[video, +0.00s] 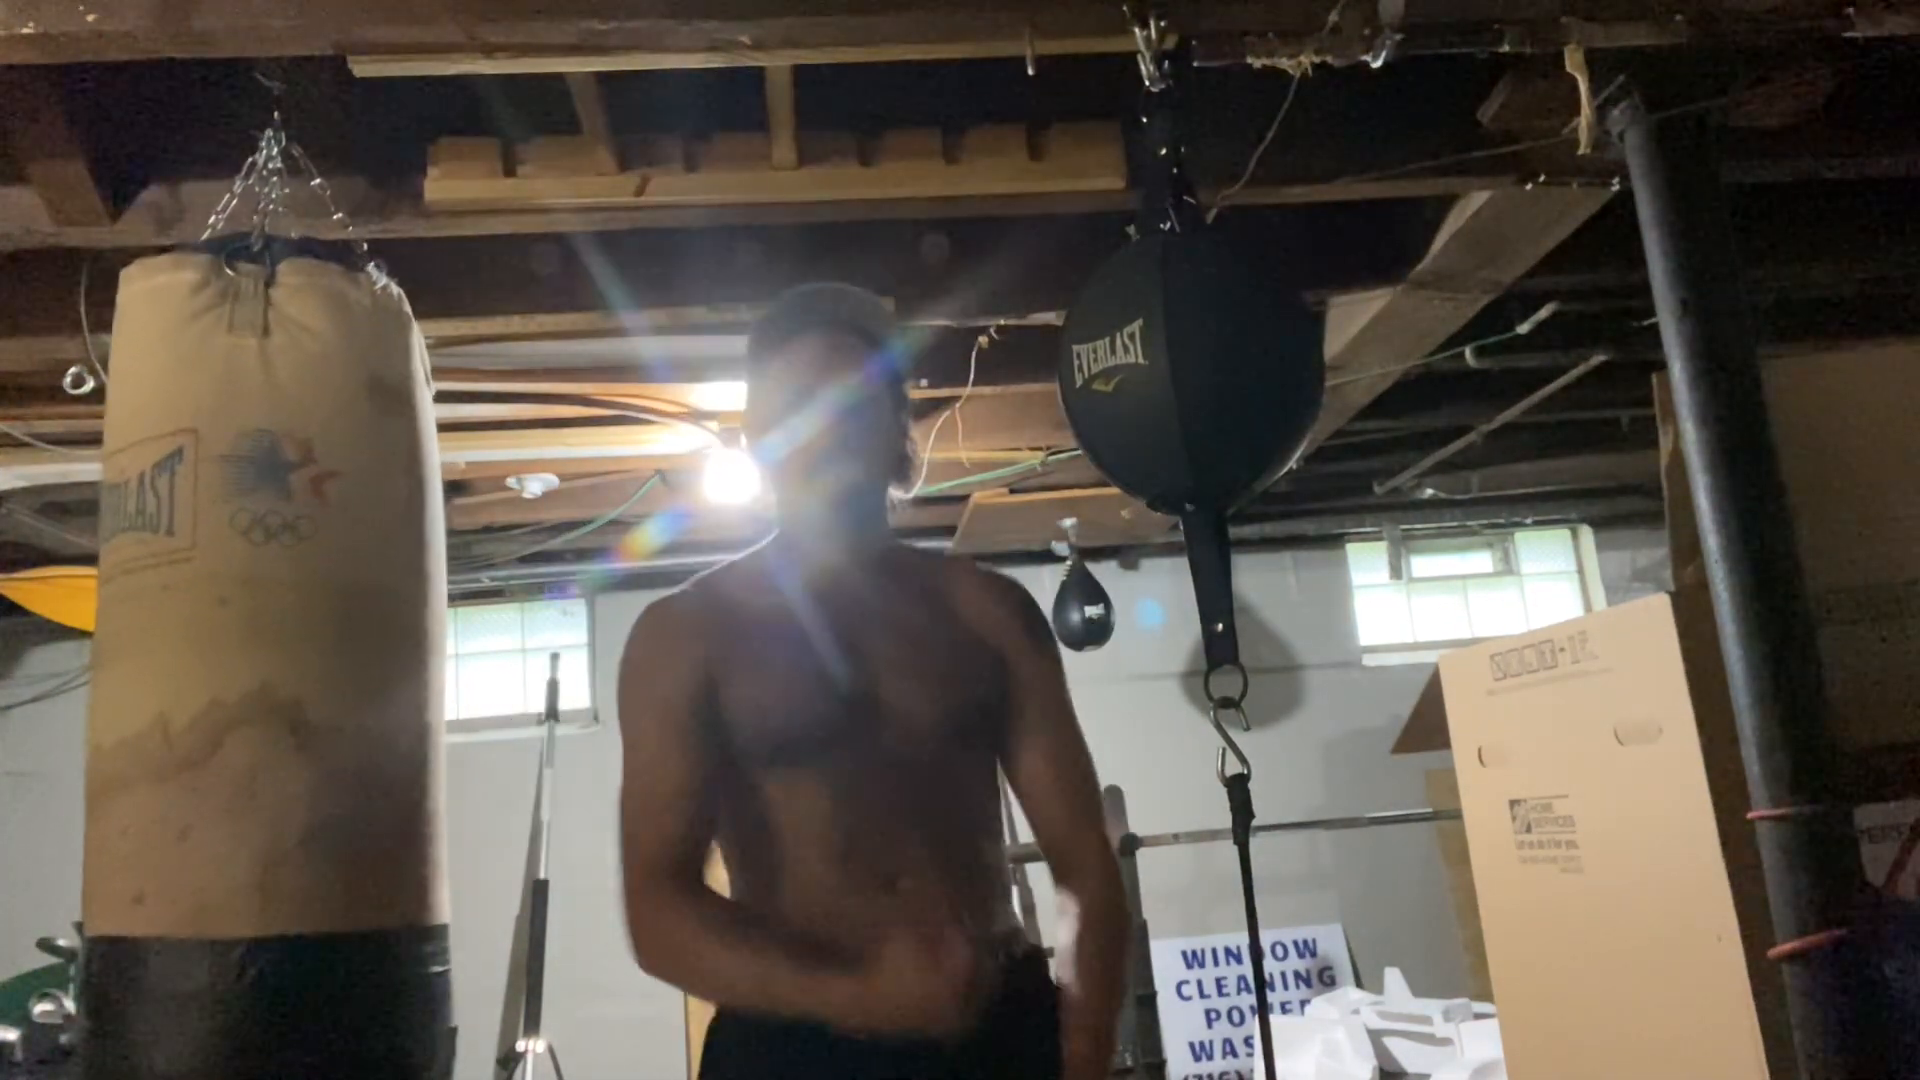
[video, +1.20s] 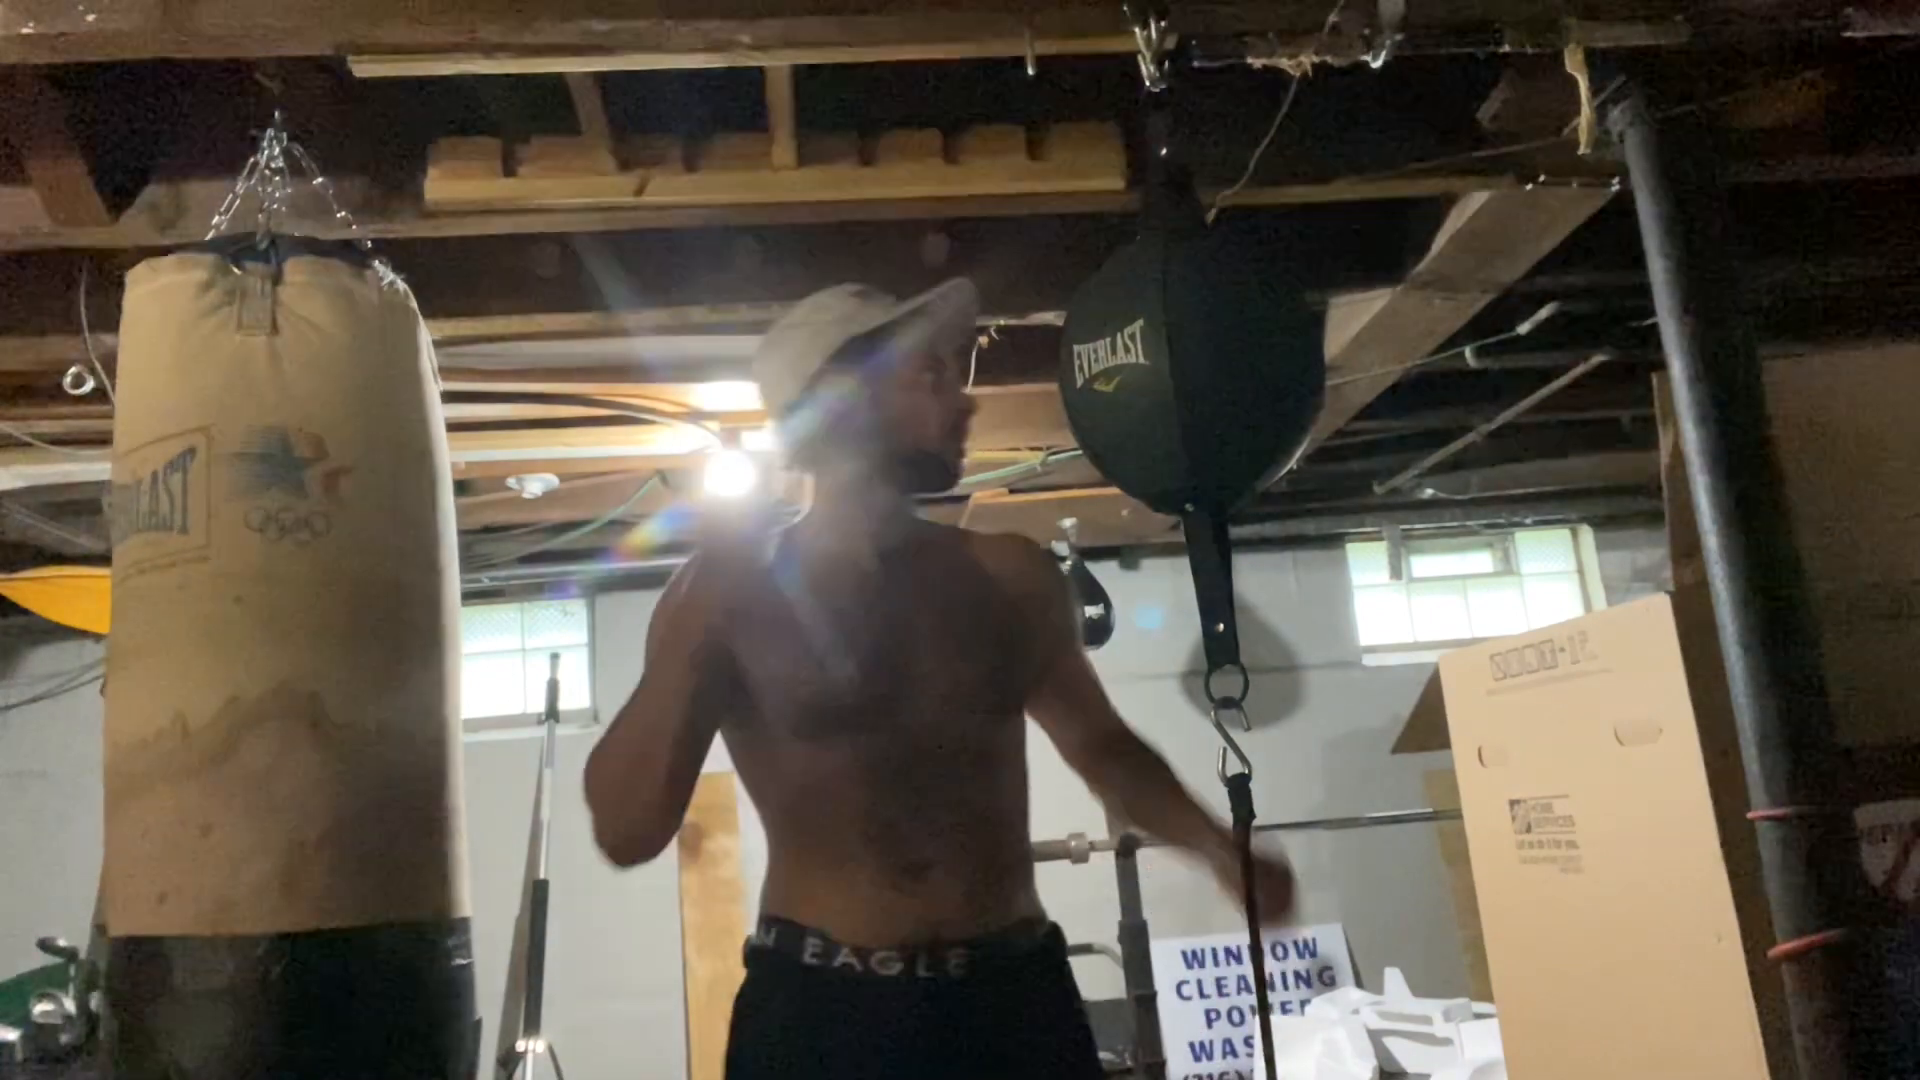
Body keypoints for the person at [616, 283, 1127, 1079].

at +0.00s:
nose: (827, 430)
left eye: (853, 402)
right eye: (797, 407)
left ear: (902, 436)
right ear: (755, 441)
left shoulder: (989, 612)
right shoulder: (686, 636)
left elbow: (1093, 879)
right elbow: (662, 920)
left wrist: (1084, 1054)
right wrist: (858, 997)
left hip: (998, 1031)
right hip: (794, 1044)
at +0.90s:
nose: (926, 404)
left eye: (920, 379)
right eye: (884, 377)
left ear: (924, 405)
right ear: (797, 410)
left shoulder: (966, 612)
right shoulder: (710, 592)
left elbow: (1018, 853)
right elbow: (634, 887)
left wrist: (1099, 992)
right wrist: (834, 1057)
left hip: (988, 1021)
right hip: (792, 1028)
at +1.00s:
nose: (982, 397)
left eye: (972, 370)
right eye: (948, 369)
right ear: (855, 393)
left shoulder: (1006, 591)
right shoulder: (735, 585)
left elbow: (1048, 812)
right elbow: (636, 865)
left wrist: (1162, 934)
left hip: (1008, 1011)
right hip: (816, 1024)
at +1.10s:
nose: (990, 392)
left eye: (981, 367)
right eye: (954, 365)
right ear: (858, 391)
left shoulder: (1024, 586)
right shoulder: (737, 585)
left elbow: (1084, 792)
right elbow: (617, 857)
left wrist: (1217, 932)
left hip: (1014, 1001)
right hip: (818, 1006)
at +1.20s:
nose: (966, 393)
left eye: (958, 368)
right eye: (930, 369)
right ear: (835, 404)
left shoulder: (1010, 575)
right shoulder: (733, 587)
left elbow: (1105, 749)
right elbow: (625, 831)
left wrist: (1216, 847)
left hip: (1014, 1000)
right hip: (820, 1009)